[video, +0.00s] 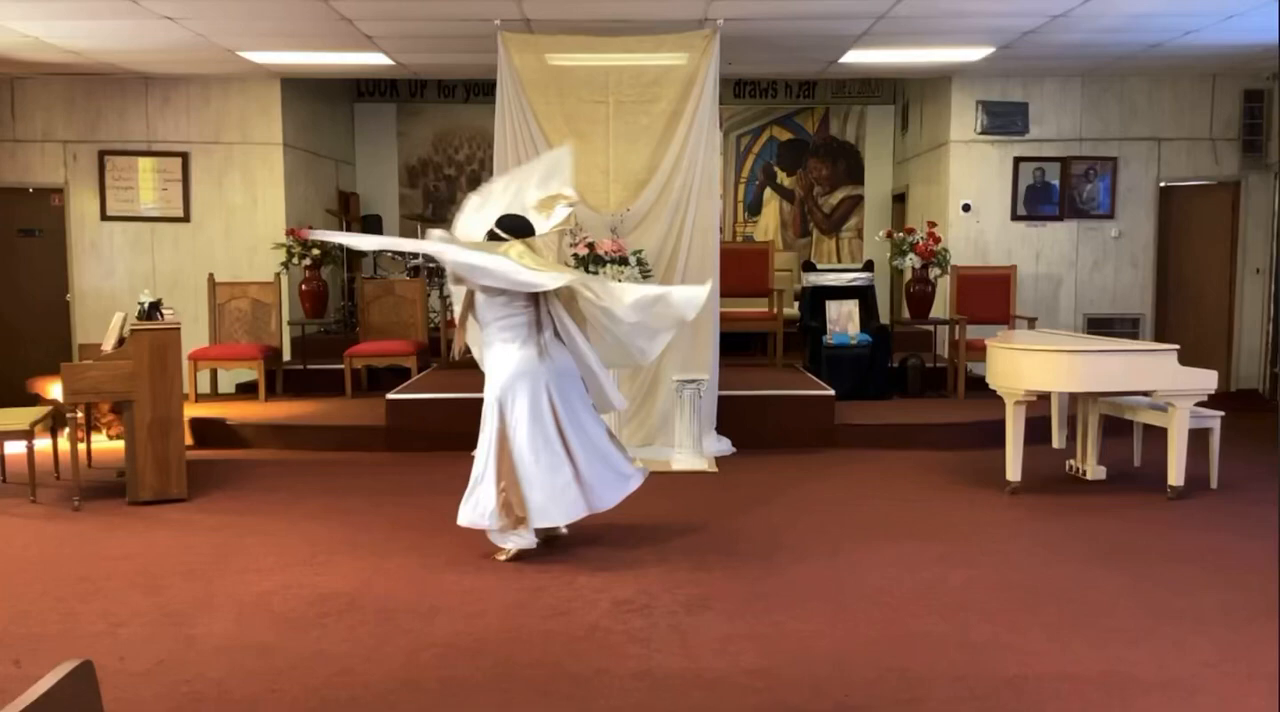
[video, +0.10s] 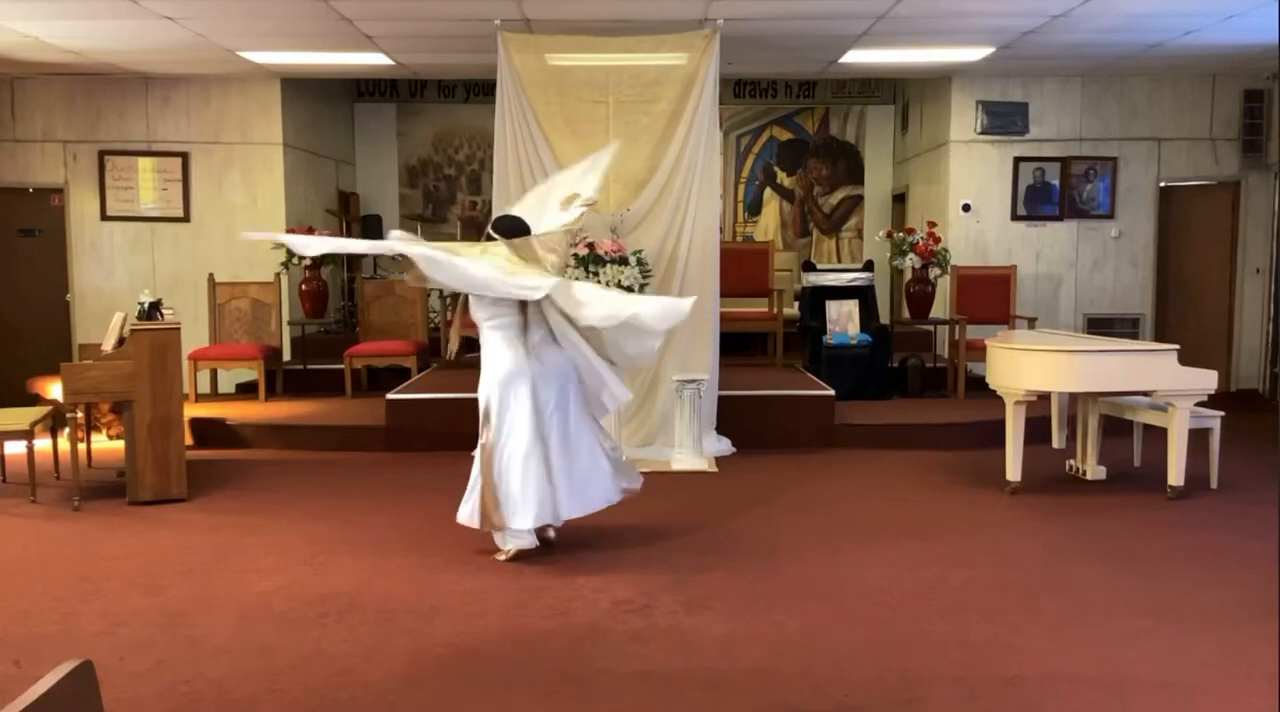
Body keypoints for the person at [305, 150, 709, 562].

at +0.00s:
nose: (491, 240)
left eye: (489, 236)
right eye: (511, 235)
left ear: (488, 240)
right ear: (527, 238)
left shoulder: (484, 270)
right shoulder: (540, 266)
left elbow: (450, 257)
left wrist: (437, 243)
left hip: (511, 365)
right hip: (545, 358)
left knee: (510, 446)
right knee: (545, 439)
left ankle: (516, 531)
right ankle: (550, 518)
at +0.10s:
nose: (504, 244)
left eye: (500, 239)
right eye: (516, 238)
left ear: (493, 241)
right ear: (528, 240)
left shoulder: (477, 271)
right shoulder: (542, 270)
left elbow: (422, 257)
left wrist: (402, 242)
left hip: (504, 366)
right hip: (545, 362)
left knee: (507, 448)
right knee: (543, 442)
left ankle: (515, 533)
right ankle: (541, 522)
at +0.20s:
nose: (509, 249)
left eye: (503, 244)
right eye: (514, 242)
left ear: (492, 242)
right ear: (529, 241)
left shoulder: (480, 266)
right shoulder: (543, 263)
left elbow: (427, 256)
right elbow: (578, 222)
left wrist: (384, 243)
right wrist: (604, 191)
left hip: (501, 371)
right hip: (546, 367)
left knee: (504, 447)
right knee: (545, 442)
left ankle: (512, 534)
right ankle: (540, 524)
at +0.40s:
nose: (514, 247)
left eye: (503, 242)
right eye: (519, 242)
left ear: (495, 238)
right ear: (528, 237)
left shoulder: (483, 258)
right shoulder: (546, 254)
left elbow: (435, 258)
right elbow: (583, 228)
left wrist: (390, 250)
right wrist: (613, 200)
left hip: (503, 358)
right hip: (546, 356)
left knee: (502, 441)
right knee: (544, 438)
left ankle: (505, 530)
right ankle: (537, 525)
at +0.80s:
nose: (544, 250)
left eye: (544, 244)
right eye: (540, 243)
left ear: (497, 239)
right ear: (521, 242)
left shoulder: (479, 268)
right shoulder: (525, 267)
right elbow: (589, 291)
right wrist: (573, 230)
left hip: (488, 360)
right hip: (522, 361)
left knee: (488, 431)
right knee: (527, 436)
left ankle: (483, 506)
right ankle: (521, 521)